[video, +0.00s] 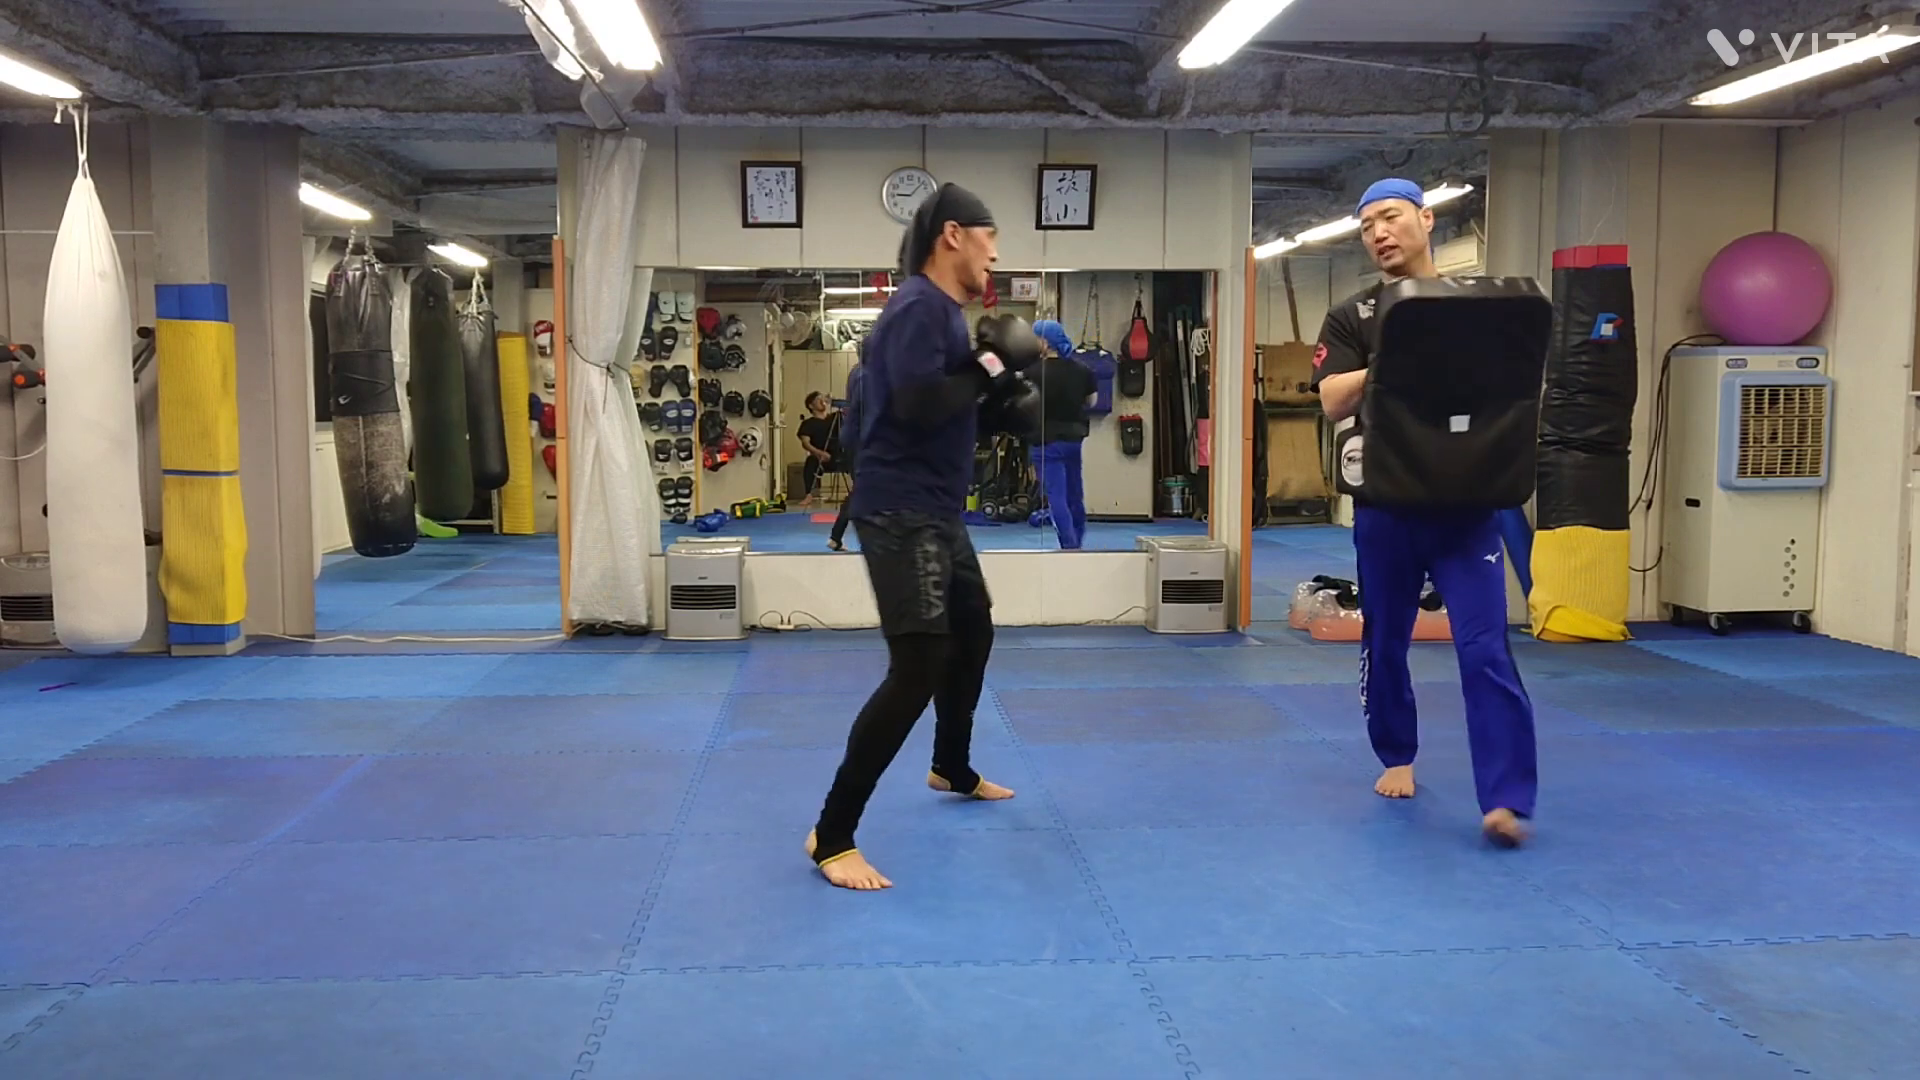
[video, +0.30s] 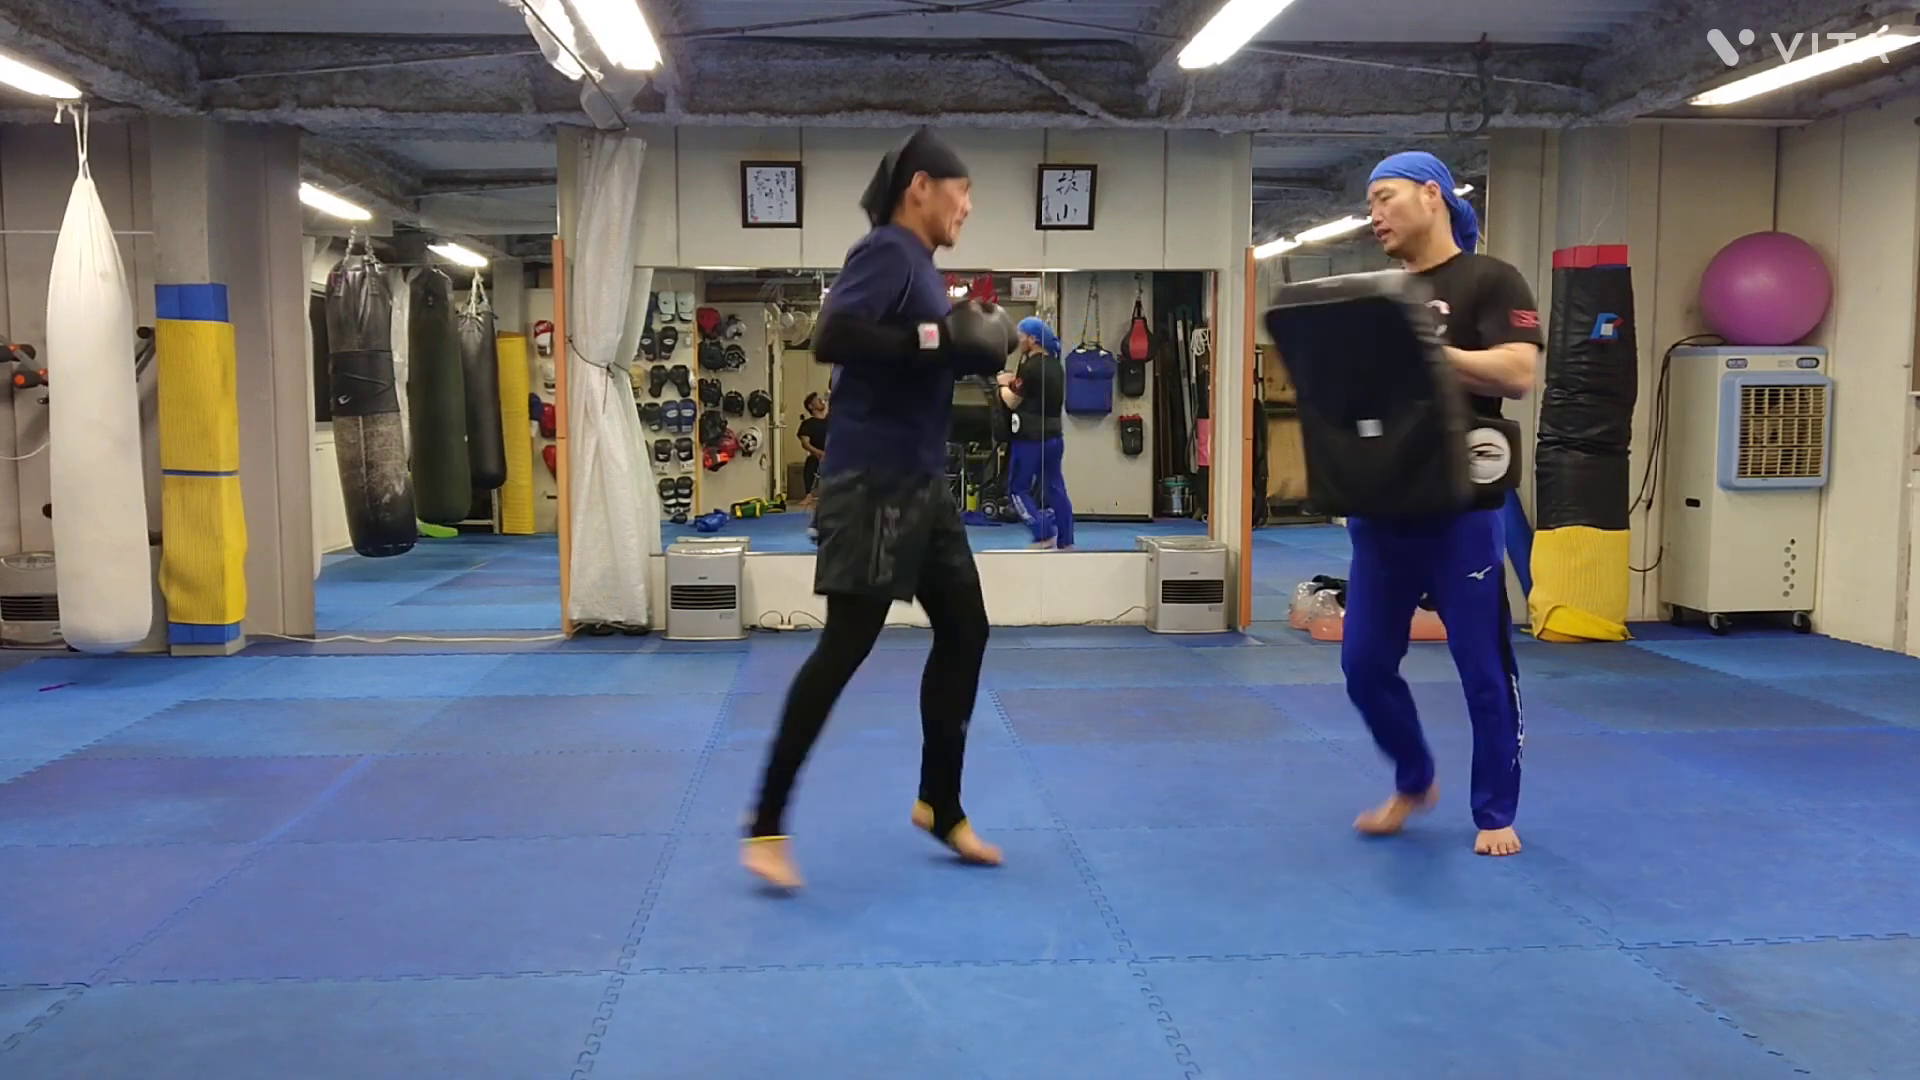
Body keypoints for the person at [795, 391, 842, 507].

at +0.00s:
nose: (823, 401)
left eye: (823, 399)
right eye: (818, 400)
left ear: (826, 402)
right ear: (811, 406)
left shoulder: (835, 418)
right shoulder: (808, 423)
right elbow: (806, 444)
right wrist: (820, 453)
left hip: (839, 455)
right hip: (821, 457)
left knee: (854, 457)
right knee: (811, 461)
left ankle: (857, 490)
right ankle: (808, 495)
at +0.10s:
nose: (822, 402)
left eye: (823, 399)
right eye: (818, 400)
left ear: (826, 402)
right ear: (811, 406)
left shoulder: (834, 418)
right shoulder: (808, 423)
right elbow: (806, 444)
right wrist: (820, 453)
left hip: (837, 456)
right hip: (820, 458)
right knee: (811, 461)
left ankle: (844, 494)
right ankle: (808, 495)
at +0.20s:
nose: (821, 401)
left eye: (821, 399)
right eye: (817, 400)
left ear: (825, 401)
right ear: (810, 406)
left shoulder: (832, 419)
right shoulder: (807, 423)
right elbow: (805, 443)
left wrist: (835, 401)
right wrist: (820, 453)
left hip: (834, 453)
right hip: (818, 455)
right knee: (810, 462)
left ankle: (840, 493)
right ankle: (808, 494)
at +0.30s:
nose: (821, 402)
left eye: (820, 399)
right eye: (817, 400)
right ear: (810, 406)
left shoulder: (830, 420)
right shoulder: (807, 423)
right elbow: (805, 443)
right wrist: (819, 453)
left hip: (831, 458)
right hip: (815, 459)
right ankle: (810, 495)